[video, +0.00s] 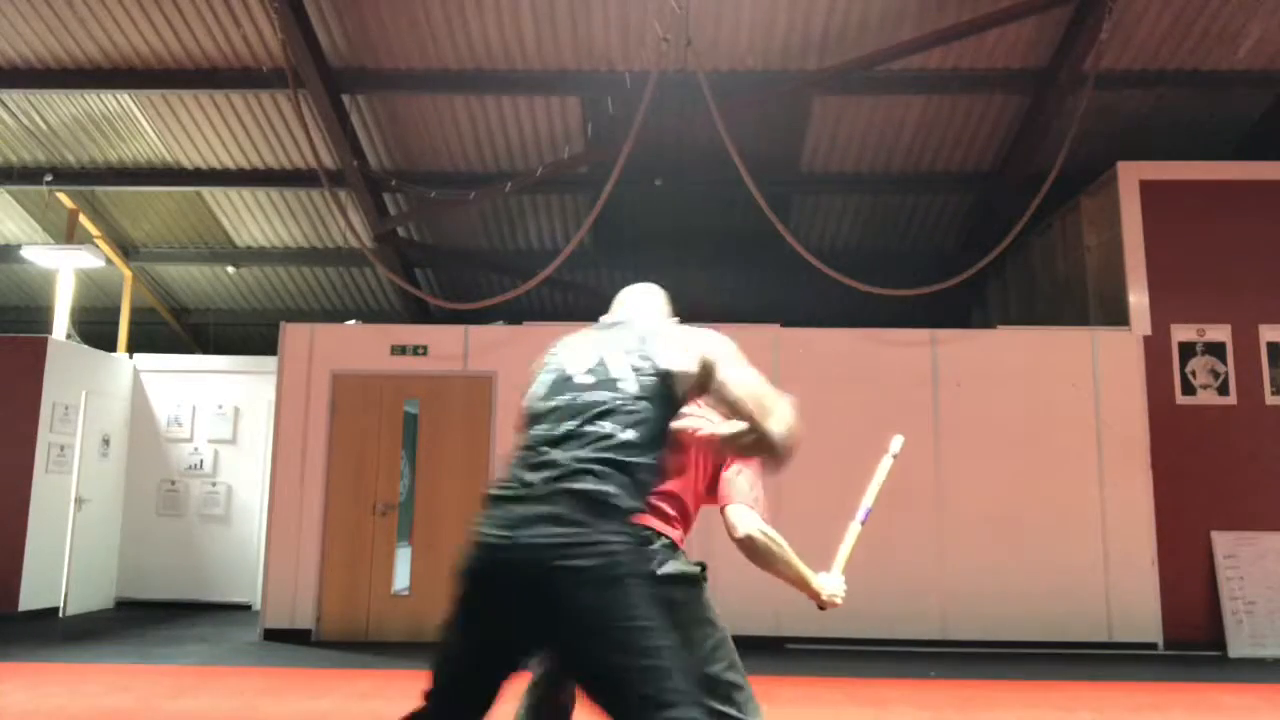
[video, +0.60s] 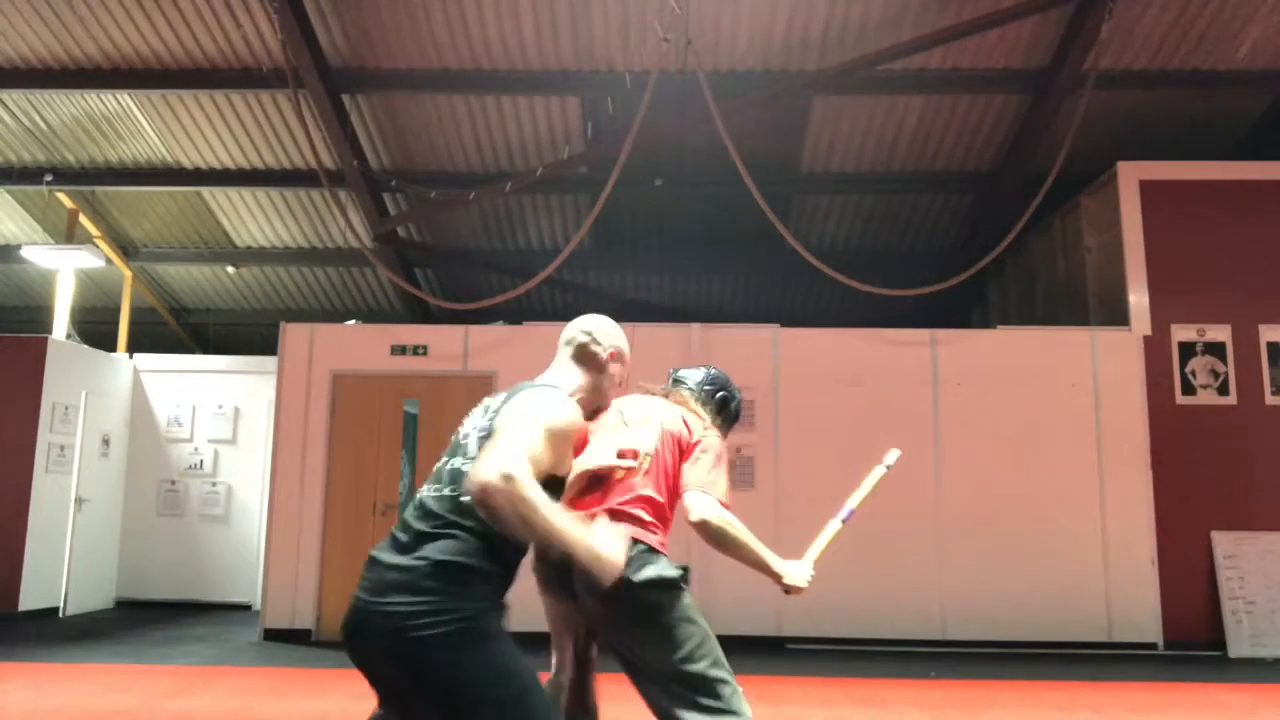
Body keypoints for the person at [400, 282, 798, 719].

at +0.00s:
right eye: (667, 314)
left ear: (609, 317)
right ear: (668, 317)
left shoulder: (558, 351)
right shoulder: (693, 341)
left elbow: (528, 431)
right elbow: (778, 430)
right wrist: (718, 435)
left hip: (501, 548)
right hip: (594, 552)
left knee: (450, 705)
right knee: (667, 708)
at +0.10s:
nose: (651, 343)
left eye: (649, 335)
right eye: (650, 335)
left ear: (597, 320)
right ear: (643, 331)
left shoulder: (518, 366)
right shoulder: (649, 365)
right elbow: (720, 476)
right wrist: (735, 462)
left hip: (447, 557)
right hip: (535, 561)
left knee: (437, 709)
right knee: (622, 709)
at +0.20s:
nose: (650, 364)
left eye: (651, 355)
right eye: (649, 354)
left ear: (586, 333)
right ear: (636, 344)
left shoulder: (501, 373)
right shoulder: (631, 381)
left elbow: (455, 456)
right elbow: (697, 488)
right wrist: (730, 467)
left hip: (432, 570)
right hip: (518, 574)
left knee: (429, 708)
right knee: (600, 709)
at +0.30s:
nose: (619, 392)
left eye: (625, 385)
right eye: (621, 382)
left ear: (568, 348)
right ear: (599, 355)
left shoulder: (475, 385)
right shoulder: (593, 402)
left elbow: (441, 473)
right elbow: (614, 492)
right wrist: (666, 528)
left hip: (407, 595)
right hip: (499, 599)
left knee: (420, 710)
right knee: (575, 710)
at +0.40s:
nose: (612, 400)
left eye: (619, 391)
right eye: (615, 388)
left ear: (564, 354)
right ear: (596, 359)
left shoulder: (476, 391)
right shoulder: (581, 405)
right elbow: (573, 494)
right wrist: (637, 549)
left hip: (395, 610)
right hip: (484, 614)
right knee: (573, 706)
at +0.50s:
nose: (613, 398)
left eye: (622, 386)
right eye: (619, 382)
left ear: (563, 352)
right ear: (601, 360)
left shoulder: (483, 401)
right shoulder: (565, 409)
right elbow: (515, 488)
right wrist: (590, 559)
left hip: (379, 615)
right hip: (457, 621)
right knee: (547, 708)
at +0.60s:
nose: (621, 390)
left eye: (625, 375)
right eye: (624, 372)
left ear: (563, 353)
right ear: (610, 358)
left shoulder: (497, 403)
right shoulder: (557, 409)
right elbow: (495, 479)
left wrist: (577, 469)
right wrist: (588, 545)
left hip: (375, 613)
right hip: (440, 621)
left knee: (412, 709)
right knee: (534, 708)